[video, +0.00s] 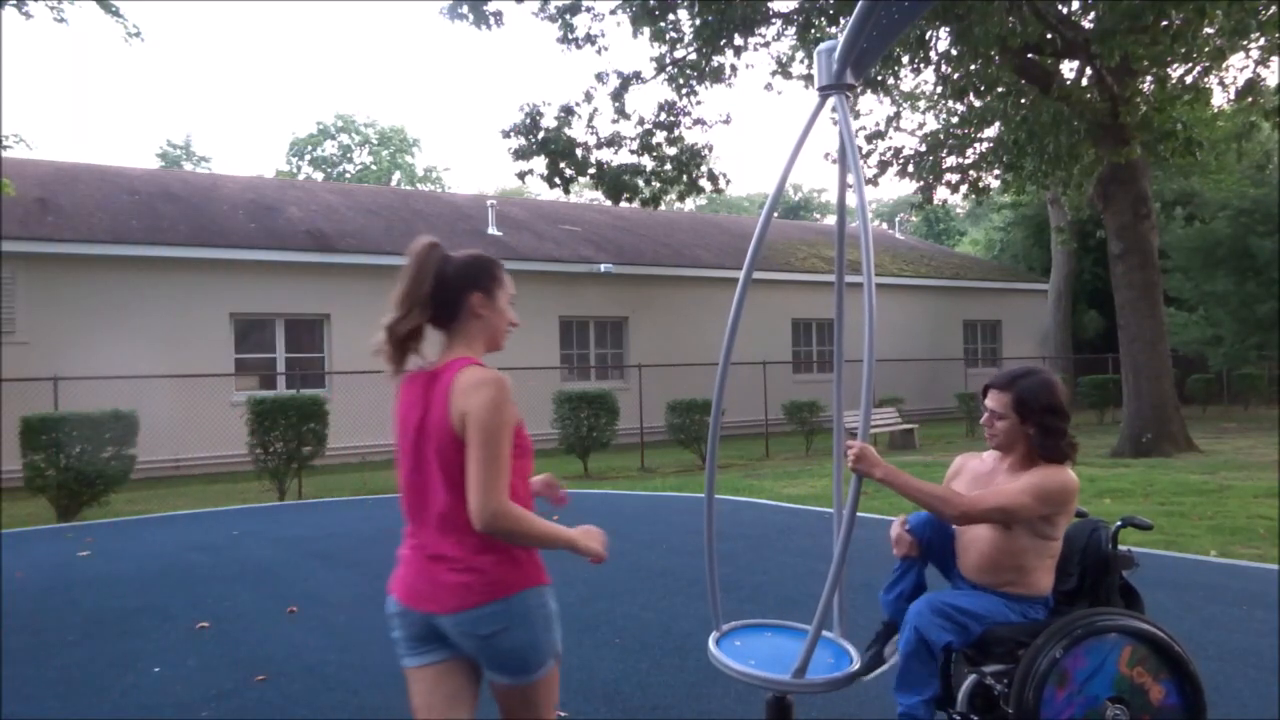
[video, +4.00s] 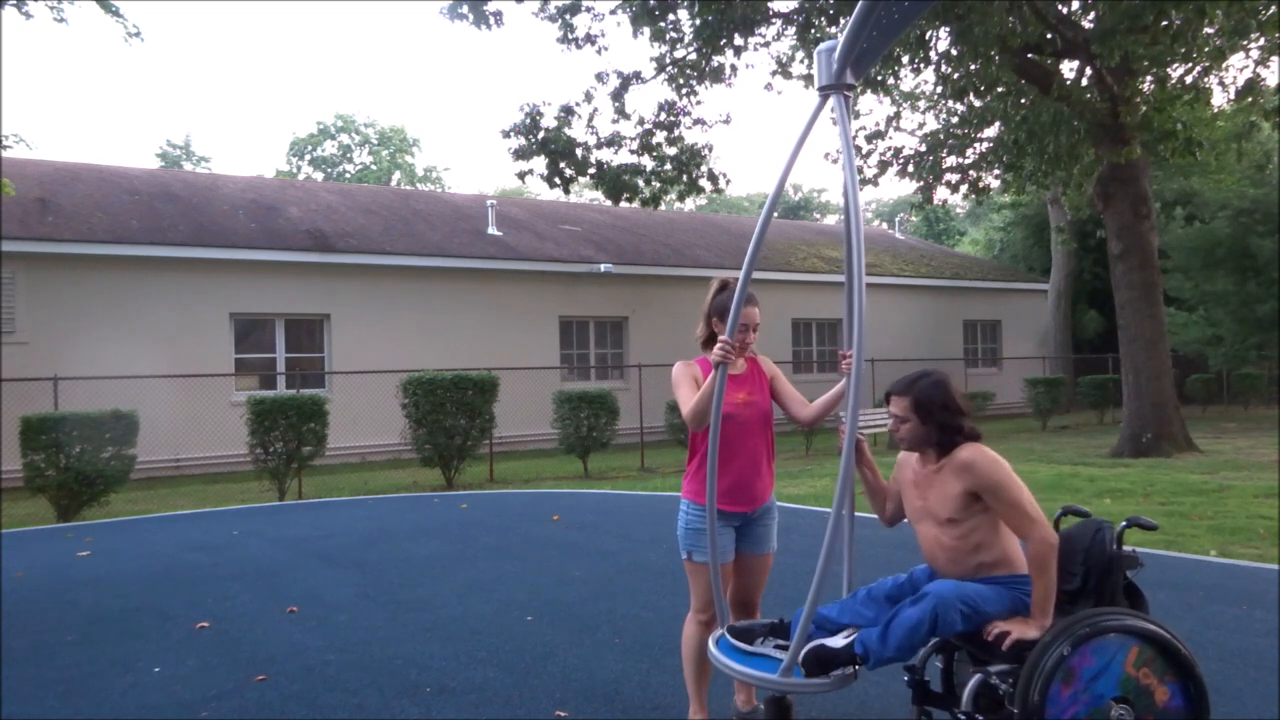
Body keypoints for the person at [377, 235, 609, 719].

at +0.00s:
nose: (515, 317)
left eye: (513, 303)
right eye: (509, 302)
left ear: (470, 304)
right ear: (478, 304)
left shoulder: (411, 386)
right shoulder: (485, 386)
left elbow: (437, 485)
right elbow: (489, 512)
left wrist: (527, 485)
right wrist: (573, 537)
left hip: (417, 593)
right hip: (496, 596)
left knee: (438, 713)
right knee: (534, 712)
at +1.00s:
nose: (697, 333)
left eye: (697, 323)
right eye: (692, 323)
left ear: (664, 323)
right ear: (665, 323)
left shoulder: (659, 367)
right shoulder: (639, 375)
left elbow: (722, 388)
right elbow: (655, 454)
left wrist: (786, 368)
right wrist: (703, 408)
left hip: (610, 515)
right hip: (649, 520)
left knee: (634, 627)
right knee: (669, 629)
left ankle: (617, 716)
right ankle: (667, 715)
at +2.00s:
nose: (763, 342)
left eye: (768, 334)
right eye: (755, 333)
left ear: (771, 330)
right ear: (729, 325)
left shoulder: (767, 367)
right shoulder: (698, 365)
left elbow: (808, 414)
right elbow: (696, 416)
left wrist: (842, 380)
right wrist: (718, 370)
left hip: (755, 506)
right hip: (706, 507)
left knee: (747, 605)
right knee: (709, 613)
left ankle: (747, 693)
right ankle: (697, 708)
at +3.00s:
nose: (756, 338)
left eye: (761, 330)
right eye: (748, 329)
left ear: (765, 326)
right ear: (720, 324)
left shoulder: (763, 366)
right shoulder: (690, 367)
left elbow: (805, 417)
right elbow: (693, 420)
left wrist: (843, 381)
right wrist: (718, 370)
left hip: (760, 507)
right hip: (707, 509)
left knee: (747, 608)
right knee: (706, 614)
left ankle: (746, 694)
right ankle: (697, 709)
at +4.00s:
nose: (747, 336)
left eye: (754, 328)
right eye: (740, 327)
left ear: (759, 326)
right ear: (715, 325)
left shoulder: (763, 365)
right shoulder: (689, 368)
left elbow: (807, 415)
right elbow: (694, 416)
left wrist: (848, 379)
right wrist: (719, 368)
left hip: (760, 507)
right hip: (706, 509)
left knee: (746, 608)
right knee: (705, 614)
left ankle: (745, 696)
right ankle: (697, 709)